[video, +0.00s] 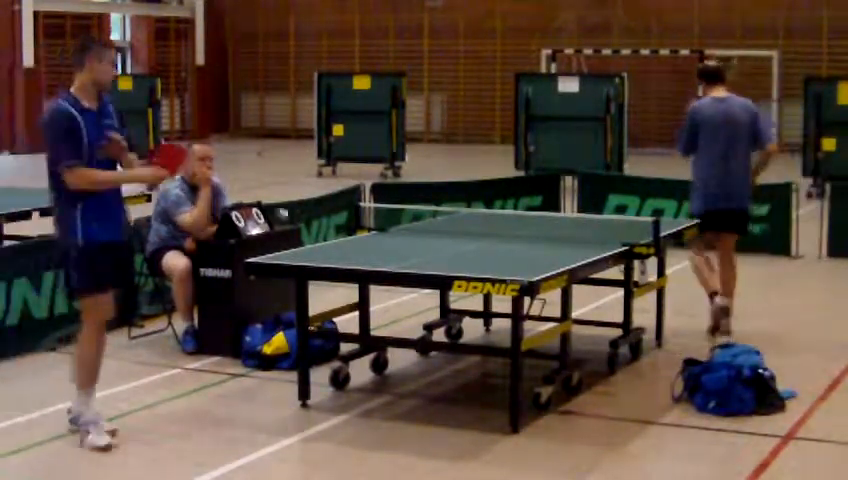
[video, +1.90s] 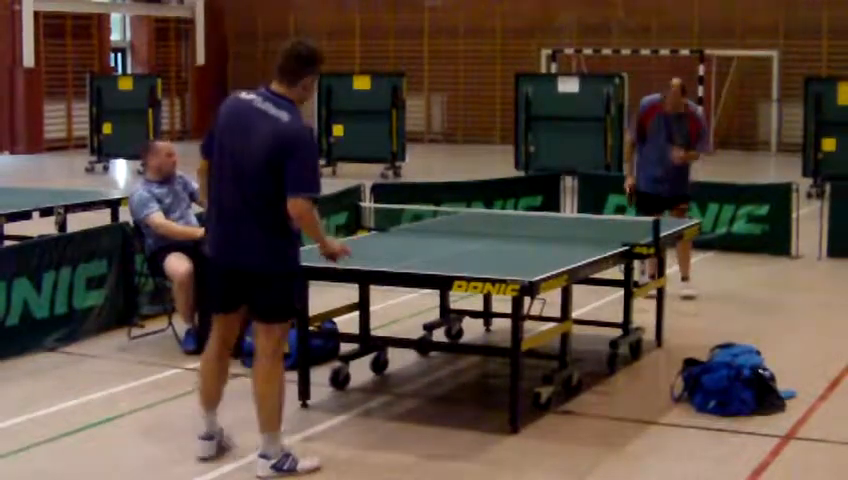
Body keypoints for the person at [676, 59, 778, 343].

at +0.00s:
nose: (700, 89)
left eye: (699, 86)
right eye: (703, 85)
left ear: (702, 84)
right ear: (724, 81)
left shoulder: (698, 109)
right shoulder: (747, 107)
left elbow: (686, 148)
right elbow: (769, 147)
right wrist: (754, 173)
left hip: (707, 193)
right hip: (738, 192)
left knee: (698, 250)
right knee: (727, 253)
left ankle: (715, 295)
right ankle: (724, 315)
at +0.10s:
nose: (696, 86)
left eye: (695, 81)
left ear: (698, 81)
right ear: (720, 77)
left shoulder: (693, 106)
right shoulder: (743, 105)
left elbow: (681, 146)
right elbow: (761, 147)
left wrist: (704, 144)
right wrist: (744, 163)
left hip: (699, 192)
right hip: (731, 193)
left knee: (689, 247)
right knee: (724, 251)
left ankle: (699, 303)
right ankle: (725, 315)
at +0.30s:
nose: (680, 87)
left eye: (681, 83)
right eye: (682, 83)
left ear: (685, 82)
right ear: (705, 79)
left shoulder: (682, 107)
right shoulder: (727, 106)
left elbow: (670, 146)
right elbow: (738, 140)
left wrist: (674, 158)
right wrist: (714, 150)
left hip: (685, 192)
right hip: (717, 193)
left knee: (679, 249)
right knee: (715, 250)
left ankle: (675, 305)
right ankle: (723, 311)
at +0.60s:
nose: (652, 87)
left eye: (654, 82)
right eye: (651, 82)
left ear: (669, 80)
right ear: (675, 79)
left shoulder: (671, 107)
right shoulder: (701, 105)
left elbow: (660, 150)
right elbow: (707, 146)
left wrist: (646, 145)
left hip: (671, 189)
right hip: (697, 187)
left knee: (670, 245)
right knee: (679, 239)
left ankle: (673, 304)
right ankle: (700, 279)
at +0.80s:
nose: (643, 88)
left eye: (645, 83)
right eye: (642, 83)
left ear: (658, 81)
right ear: (661, 79)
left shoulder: (676, 108)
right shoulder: (674, 105)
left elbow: (678, 152)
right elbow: (670, 149)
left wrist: (654, 176)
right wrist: (652, 173)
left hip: (674, 191)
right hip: (672, 189)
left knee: (667, 246)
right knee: (666, 245)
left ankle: (673, 302)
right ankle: (668, 297)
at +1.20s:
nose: (646, 111)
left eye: (649, 107)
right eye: (643, 107)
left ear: (659, 101)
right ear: (641, 103)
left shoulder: (681, 115)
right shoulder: (641, 116)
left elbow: (691, 158)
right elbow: (637, 151)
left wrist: (686, 195)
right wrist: (637, 185)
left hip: (676, 188)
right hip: (651, 187)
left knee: (677, 238)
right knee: (657, 240)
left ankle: (686, 285)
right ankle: (664, 286)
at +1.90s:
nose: (671, 102)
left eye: (675, 98)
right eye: (669, 97)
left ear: (683, 98)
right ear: (664, 95)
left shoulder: (694, 116)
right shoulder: (649, 109)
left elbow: (699, 151)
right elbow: (632, 141)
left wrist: (685, 156)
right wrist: (629, 174)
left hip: (677, 182)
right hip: (648, 181)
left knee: (682, 230)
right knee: (648, 230)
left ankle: (685, 279)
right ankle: (650, 277)